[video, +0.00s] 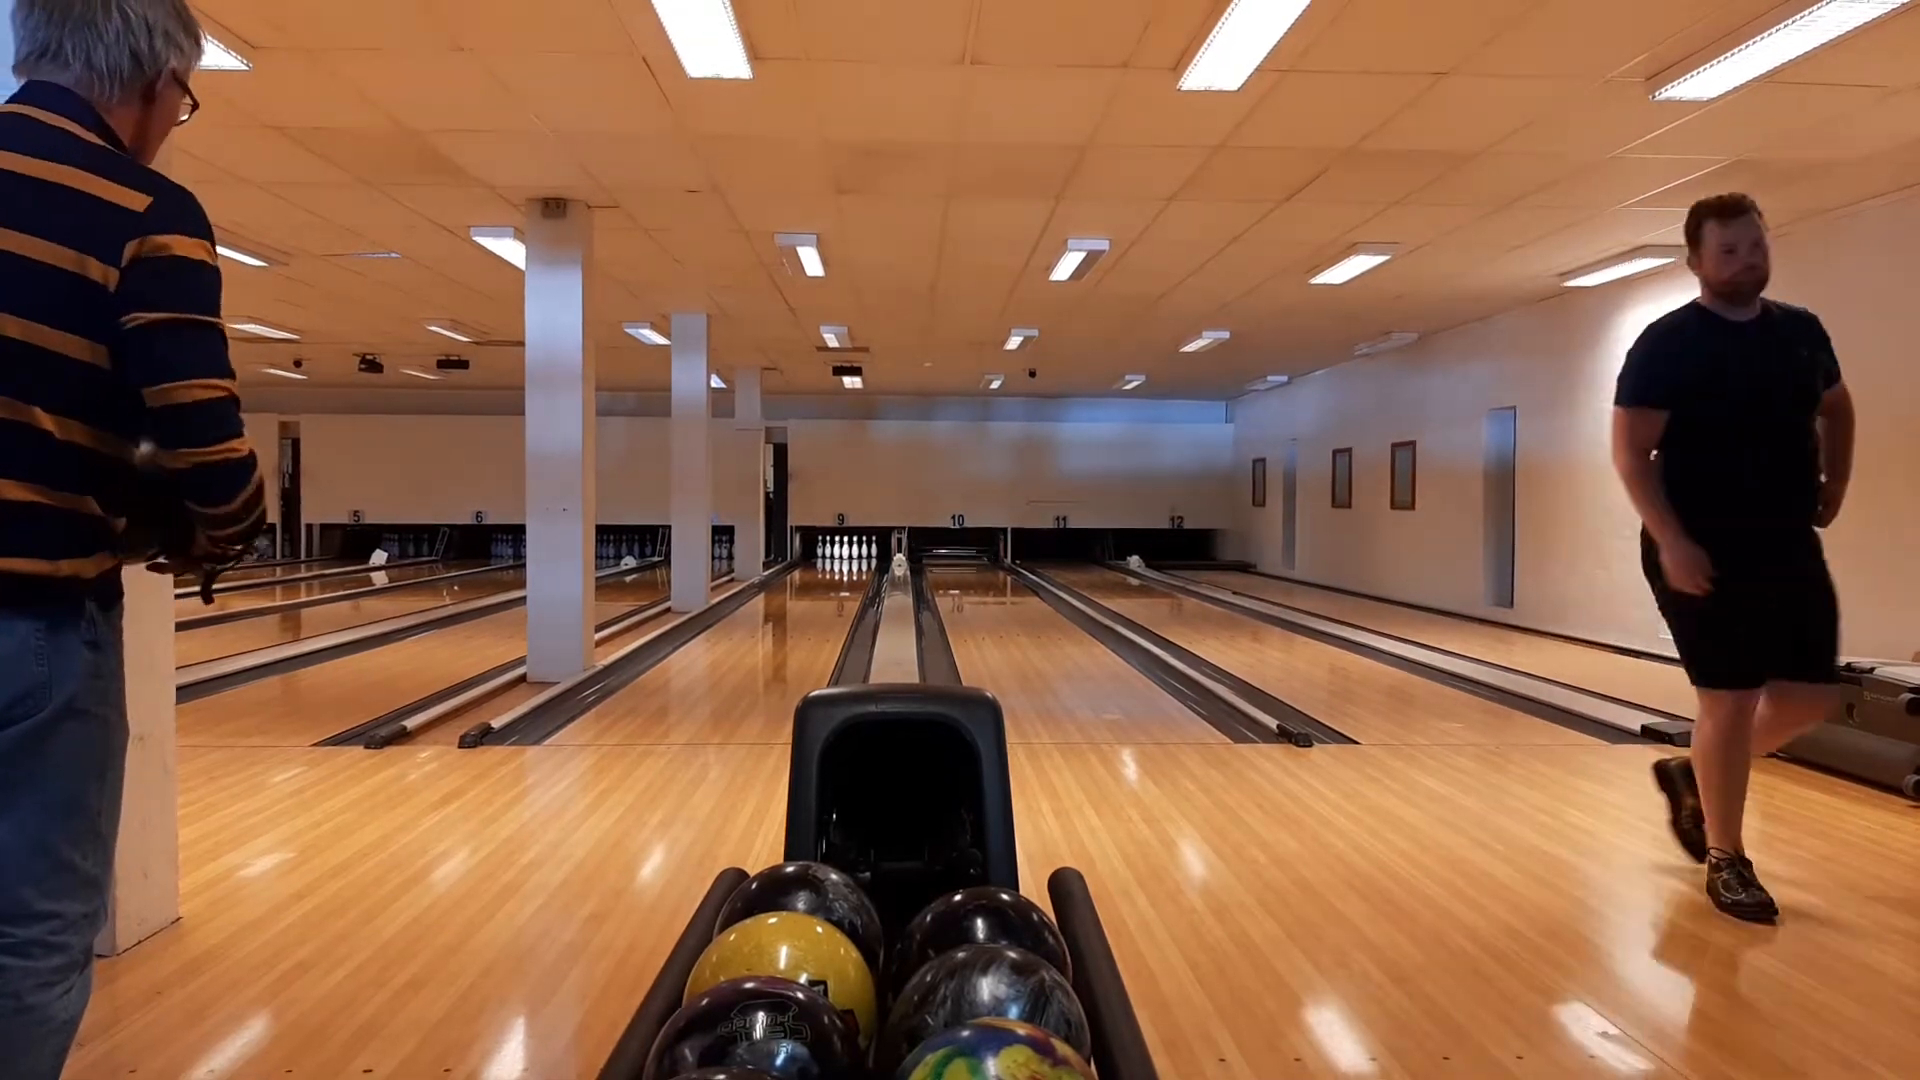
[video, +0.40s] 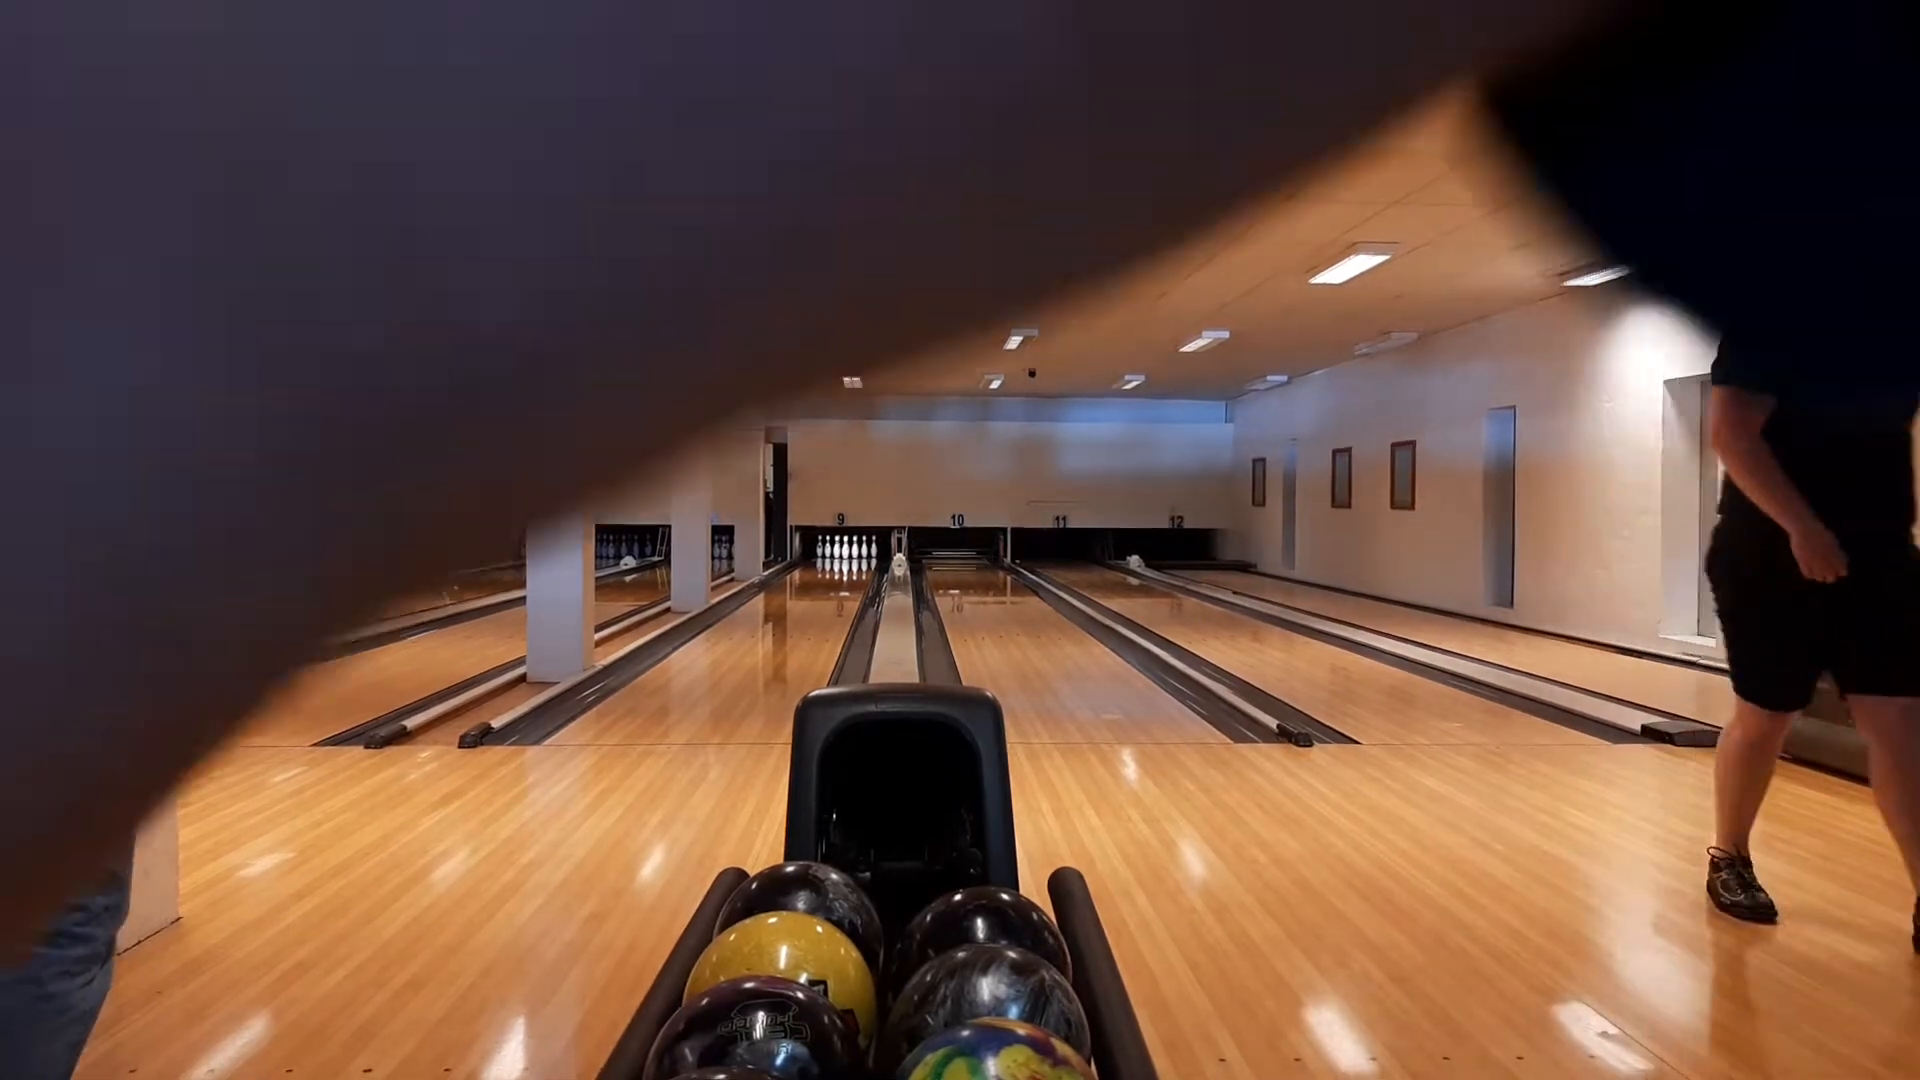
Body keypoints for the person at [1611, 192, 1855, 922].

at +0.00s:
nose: (1748, 256)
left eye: (1756, 244)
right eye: (1730, 248)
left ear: (1769, 250)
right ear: (1696, 262)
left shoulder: (1800, 332)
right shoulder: (1665, 342)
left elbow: (1837, 407)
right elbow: (1630, 453)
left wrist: (1834, 488)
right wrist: (1671, 542)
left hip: (1786, 534)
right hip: (1699, 540)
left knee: (1808, 698)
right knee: (1726, 698)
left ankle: (1694, 772)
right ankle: (1725, 859)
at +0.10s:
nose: (1778, 246)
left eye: (1784, 233)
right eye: (1760, 236)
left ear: (1794, 241)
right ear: (1721, 248)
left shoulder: (1815, 329)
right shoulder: (1684, 334)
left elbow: (1844, 408)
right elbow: (1654, 443)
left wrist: (1853, 474)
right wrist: (1711, 534)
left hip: (1804, 530)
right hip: (1710, 535)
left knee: (1849, 685)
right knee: (1734, 696)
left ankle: (1750, 790)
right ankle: (1724, 855)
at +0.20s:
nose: (1813, 242)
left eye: (1819, 231)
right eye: (1797, 230)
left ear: (1827, 239)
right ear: (1754, 237)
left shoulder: (1831, 326)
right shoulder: (1709, 324)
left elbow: (1851, 408)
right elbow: (1676, 434)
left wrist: (1869, 473)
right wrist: (1745, 521)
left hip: (1826, 528)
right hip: (1727, 534)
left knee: (1871, 681)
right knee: (1740, 695)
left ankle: (1823, 847)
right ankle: (1726, 859)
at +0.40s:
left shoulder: (1896, 341)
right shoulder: (1767, 327)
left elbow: (1897, 438)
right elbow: (1728, 431)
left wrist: (1904, 526)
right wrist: (1802, 524)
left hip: (1876, 539)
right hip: (1772, 538)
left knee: (1899, 721)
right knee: (1765, 710)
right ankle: (1729, 857)